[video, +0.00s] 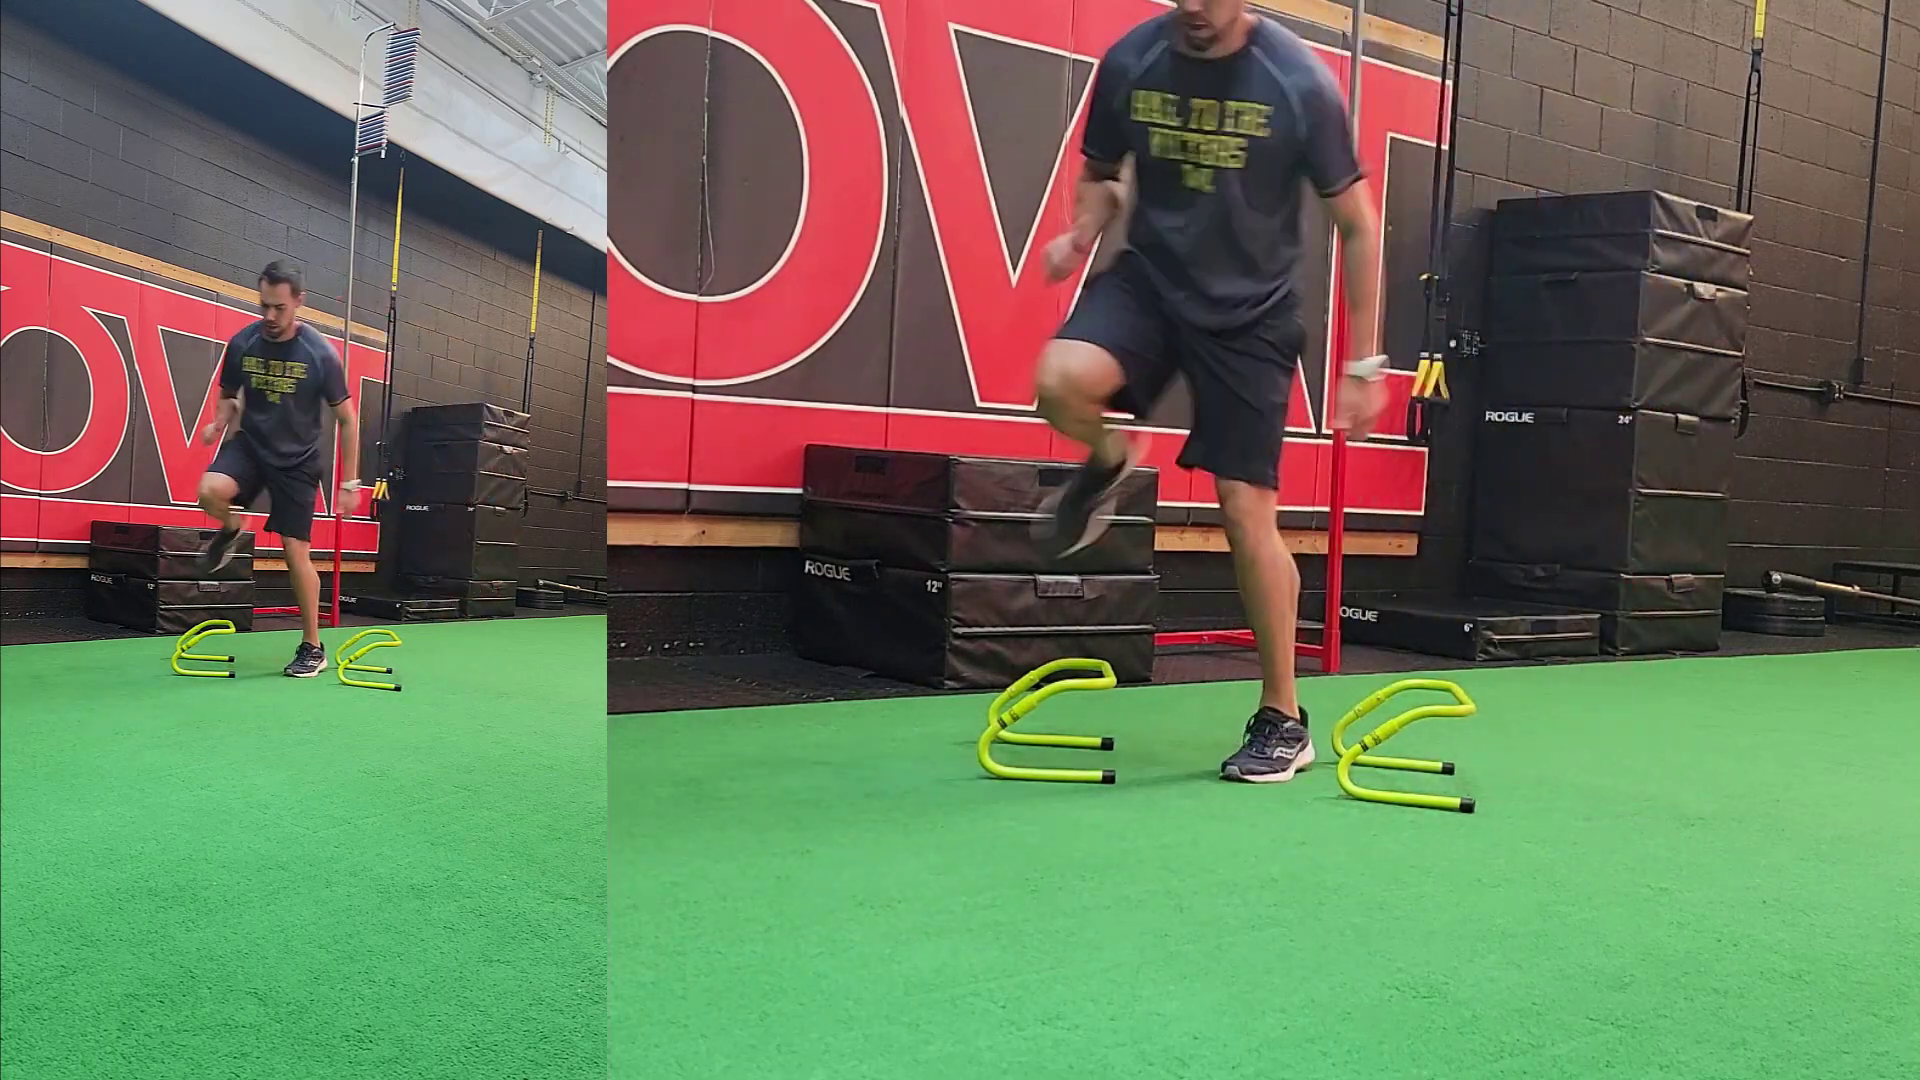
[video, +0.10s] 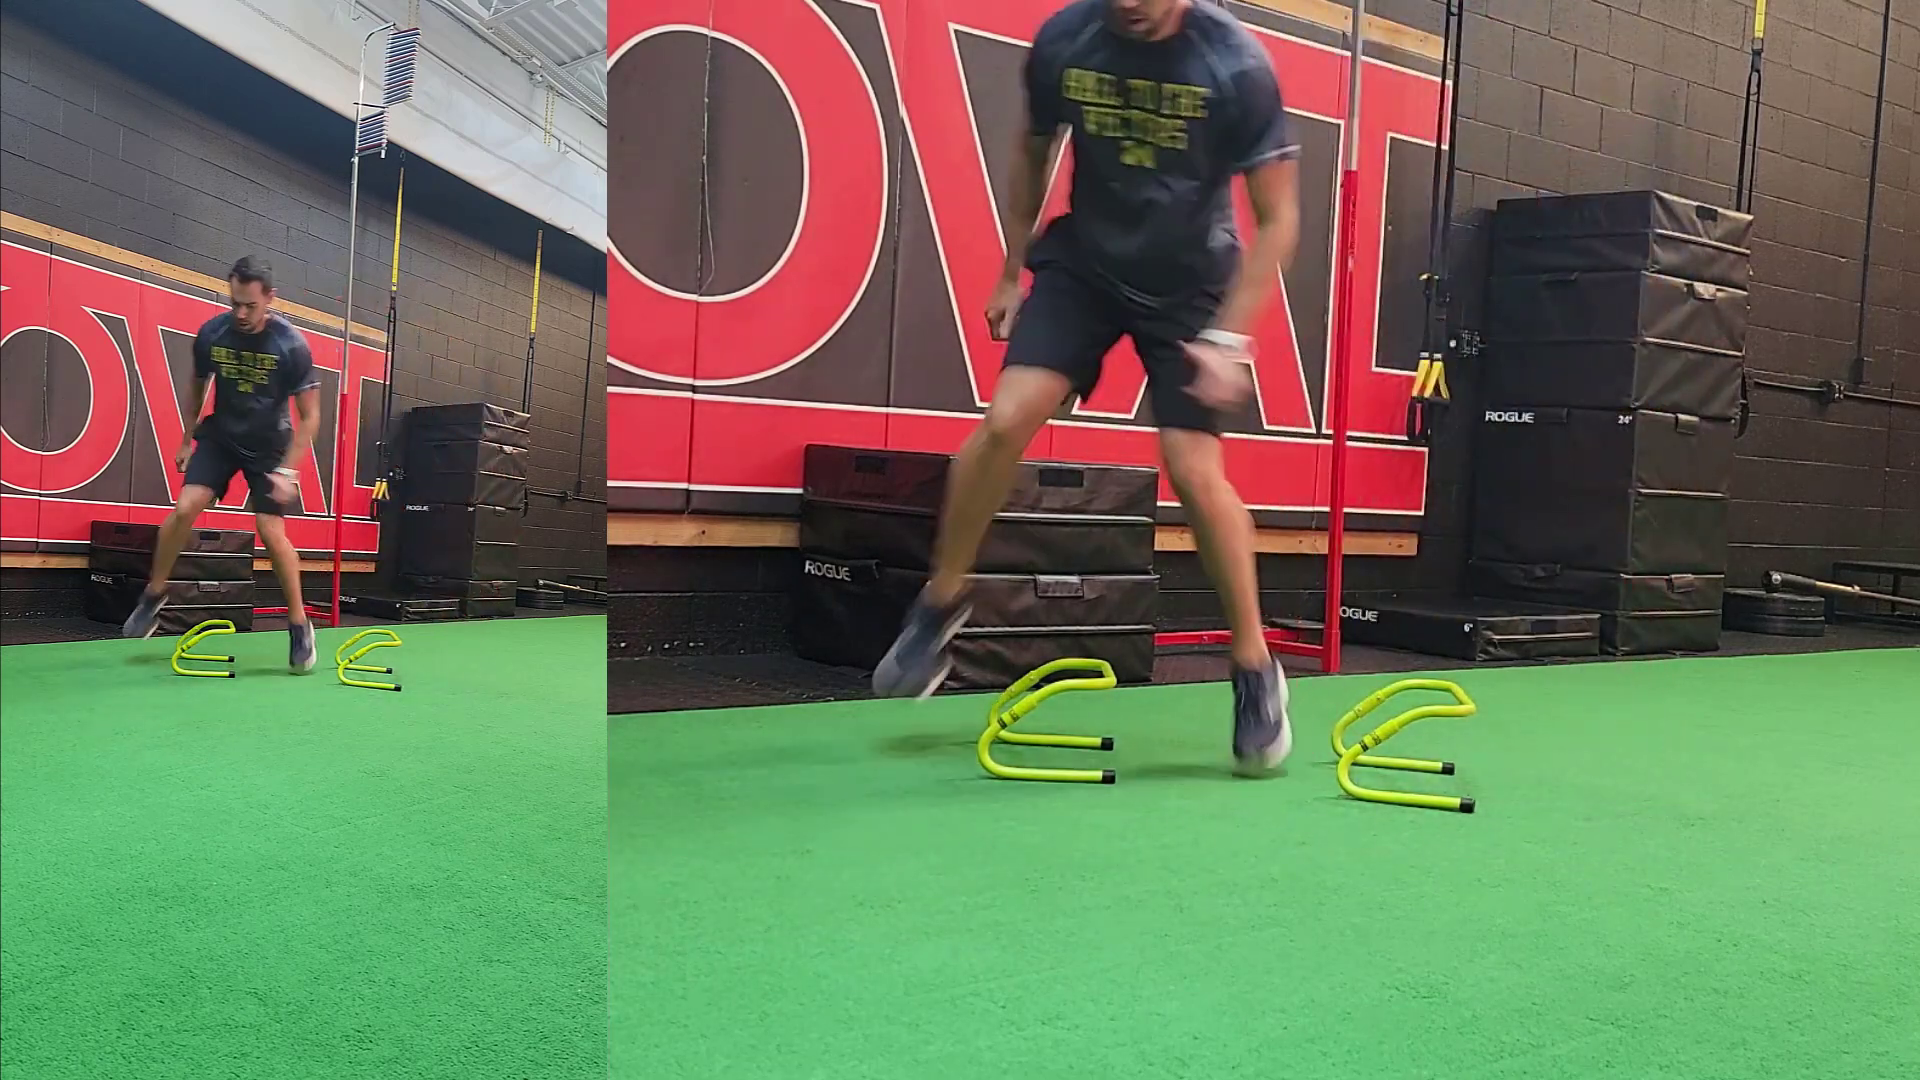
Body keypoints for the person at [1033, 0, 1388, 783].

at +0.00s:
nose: (1193, 12)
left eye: (1212, 2)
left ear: (1250, 1)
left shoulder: (1301, 87)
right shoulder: (1131, 61)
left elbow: (1359, 223)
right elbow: (1100, 174)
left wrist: (1365, 361)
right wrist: (1083, 231)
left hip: (1247, 314)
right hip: (1142, 287)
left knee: (1246, 511)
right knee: (1059, 384)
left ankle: (1282, 716)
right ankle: (1110, 460)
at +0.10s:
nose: (1128, 4)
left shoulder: (1239, 68)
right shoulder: (1064, 41)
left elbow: (1279, 220)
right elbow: (1033, 148)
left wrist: (1231, 335)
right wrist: (1014, 269)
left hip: (1188, 286)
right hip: (1081, 268)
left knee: (1195, 475)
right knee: (1004, 424)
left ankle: (1255, 671)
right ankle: (937, 603)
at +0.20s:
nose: (1067, 24)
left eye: (1086, 10)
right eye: (1058, 7)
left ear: (1124, 9)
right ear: (1043, 2)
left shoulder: (1176, 92)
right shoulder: (1003, 65)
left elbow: (1194, 250)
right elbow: (979, 170)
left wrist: (1088, 298)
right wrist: (980, 263)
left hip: (1140, 288)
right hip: (1033, 280)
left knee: (1124, 451)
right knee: (962, 479)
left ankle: (1194, 547)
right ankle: (875, 681)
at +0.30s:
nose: (988, 93)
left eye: (1008, 75)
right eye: (976, 72)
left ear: (1053, 56)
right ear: (961, 49)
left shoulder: (1109, 156)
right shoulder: (936, 119)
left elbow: (1085, 319)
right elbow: (920, 199)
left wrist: (979, 245)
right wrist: (952, 228)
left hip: (1073, 346)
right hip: (971, 334)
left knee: (1049, 473)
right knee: (921, 504)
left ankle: (1041, 498)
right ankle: (871, 694)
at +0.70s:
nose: (908, 87)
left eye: (926, 69)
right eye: (892, 67)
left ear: (965, 42)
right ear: (873, 41)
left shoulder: (1028, 132)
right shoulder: (854, 104)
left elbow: (992, 300)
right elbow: (854, 185)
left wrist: (885, 224)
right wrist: (838, 250)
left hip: (1016, 317)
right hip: (910, 301)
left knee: (972, 479)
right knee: (884, 469)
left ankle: (953, 488)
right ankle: (854, 674)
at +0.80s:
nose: (915, 111)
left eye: (933, 91)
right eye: (897, 91)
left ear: (966, 64)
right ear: (874, 72)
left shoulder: (1027, 159)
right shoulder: (854, 139)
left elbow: (1017, 325)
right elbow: (837, 240)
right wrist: (815, 328)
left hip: (1015, 343)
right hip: (907, 332)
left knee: (976, 506)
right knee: (871, 498)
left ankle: (958, 510)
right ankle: (840, 696)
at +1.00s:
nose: (991, 83)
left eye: (1006, 62)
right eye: (972, 66)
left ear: (1029, 43)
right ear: (942, 51)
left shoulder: (1083, 139)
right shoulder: (899, 141)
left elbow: (1159, 258)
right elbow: (878, 266)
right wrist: (879, 347)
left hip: (1054, 346)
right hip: (943, 350)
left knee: (1058, 492)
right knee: (890, 506)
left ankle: (1128, 546)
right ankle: (845, 696)